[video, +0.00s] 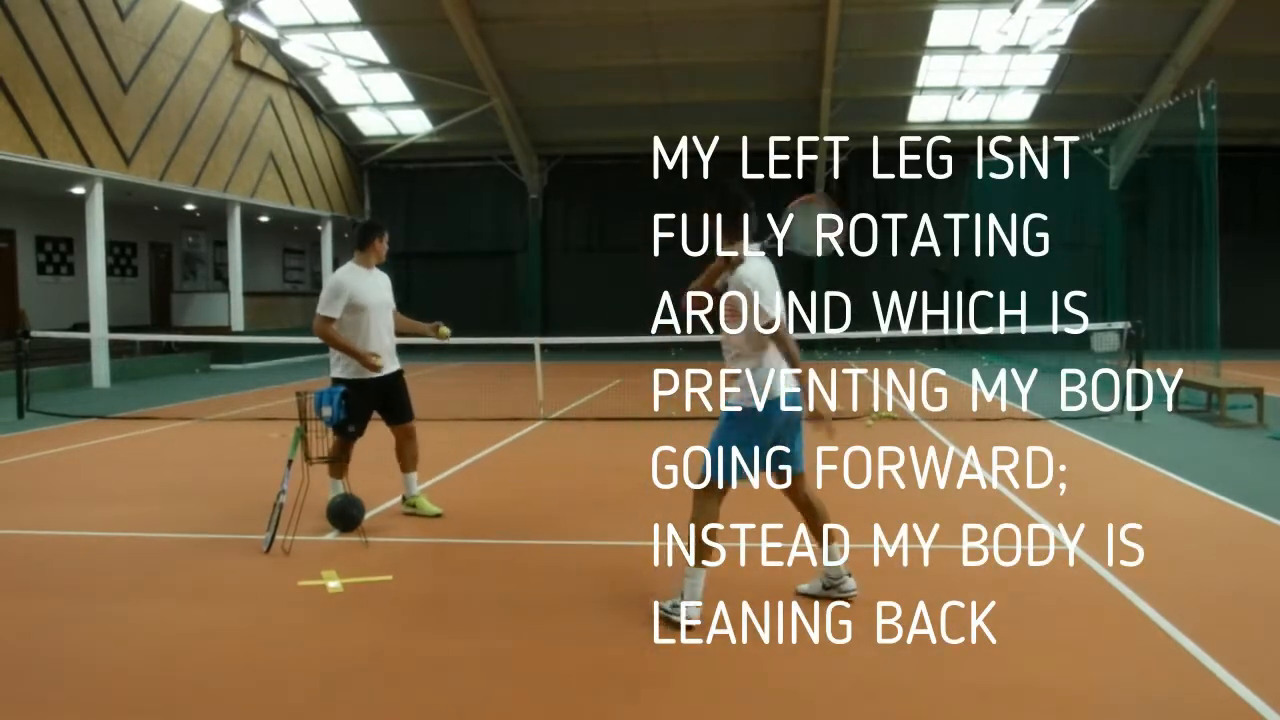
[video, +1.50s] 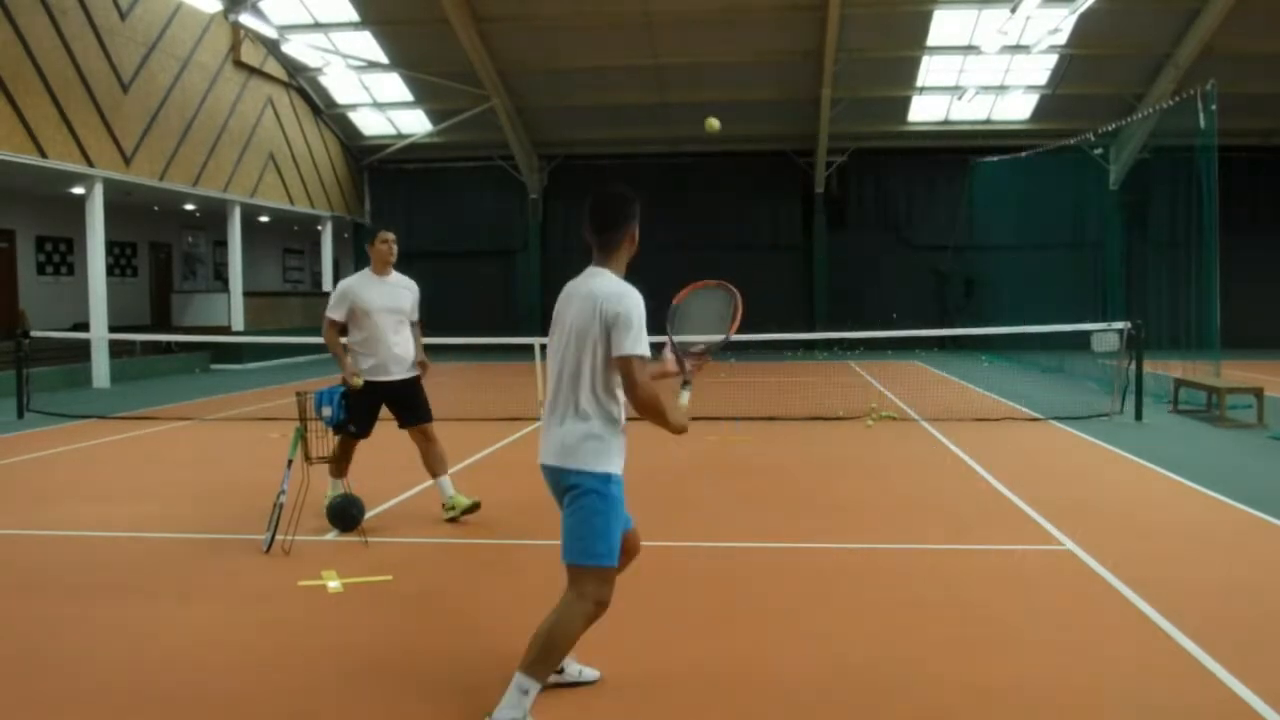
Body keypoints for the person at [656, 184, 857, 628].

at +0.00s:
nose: (711, 237)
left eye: (714, 230)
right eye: (713, 230)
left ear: (727, 234)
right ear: (745, 230)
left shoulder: (747, 278)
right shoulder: (750, 265)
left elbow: (783, 339)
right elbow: (693, 299)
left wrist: (812, 392)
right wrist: (724, 259)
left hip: (753, 403)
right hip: (780, 400)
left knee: (707, 489)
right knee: (795, 485)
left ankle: (691, 599)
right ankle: (835, 572)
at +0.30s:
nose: (695, 243)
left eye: (700, 233)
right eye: (699, 232)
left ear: (716, 238)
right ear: (735, 236)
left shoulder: (741, 287)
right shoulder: (746, 278)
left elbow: (772, 353)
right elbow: (746, 342)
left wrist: (779, 416)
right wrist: (702, 340)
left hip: (752, 418)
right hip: (773, 411)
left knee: (700, 505)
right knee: (790, 491)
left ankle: (741, 609)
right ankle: (837, 574)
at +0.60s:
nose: (691, 218)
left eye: (686, 209)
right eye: (718, 207)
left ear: (686, 209)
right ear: (725, 210)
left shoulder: (676, 252)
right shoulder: (749, 255)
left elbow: (677, 323)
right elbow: (766, 327)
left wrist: (630, 371)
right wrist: (731, 357)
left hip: (703, 400)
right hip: (749, 396)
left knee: (691, 498)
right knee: (745, 489)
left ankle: (735, 608)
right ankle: (760, 600)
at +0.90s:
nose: (680, 228)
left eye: (671, 221)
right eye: (684, 220)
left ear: (647, 223)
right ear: (685, 222)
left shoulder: (617, 268)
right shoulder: (709, 269)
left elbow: (598, 345)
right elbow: (734, 340)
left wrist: (618, 386)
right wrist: (742, 368)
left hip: (634, 415)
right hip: (695, 415)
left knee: (608, 524)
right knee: (722, 523)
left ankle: (576, 634)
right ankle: (747, 620)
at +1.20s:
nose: (650, 198)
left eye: (635, 190)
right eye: (652, 191)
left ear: (607, 191)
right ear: (651, 192)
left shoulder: (584, 244)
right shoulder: (646, 247)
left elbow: (576, 317)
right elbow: (650, 330)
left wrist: (648, 332)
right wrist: (670, 369)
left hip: (573, 407)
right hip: (624, 411)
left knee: (586, 525)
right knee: (664, 526)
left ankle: (565, 650)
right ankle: (676, 654)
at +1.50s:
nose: (638, 238)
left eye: (633, 230)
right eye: (637, 231)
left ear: (591, 235)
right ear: (632, 235)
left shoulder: (573, 291)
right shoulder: (623, 298)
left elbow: (597, 377)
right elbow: (639, 390)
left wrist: (663, 366)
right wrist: (673, 418)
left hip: (561, 456)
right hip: (592, 464)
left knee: (624, 544)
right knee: (588, 595)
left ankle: (553, 658)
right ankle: (511, 706)